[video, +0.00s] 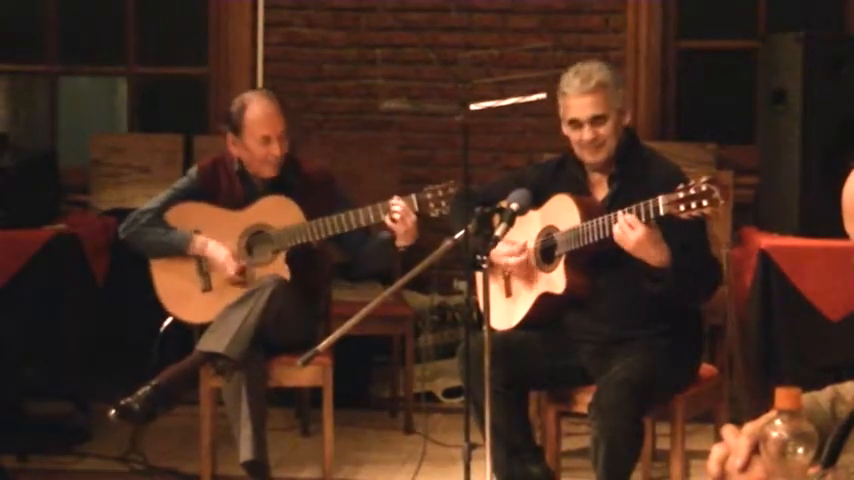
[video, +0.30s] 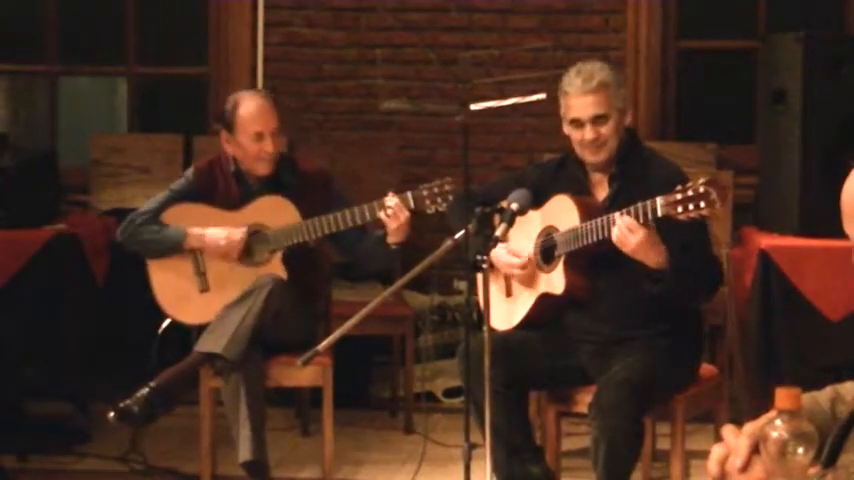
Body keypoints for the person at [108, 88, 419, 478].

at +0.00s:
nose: (277, 150)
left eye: (282, 138)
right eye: (265, 141)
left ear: (289, 133)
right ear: (235, 143)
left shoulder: (309, 182)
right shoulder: (212, 177)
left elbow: (357, 252)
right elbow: (134, 229)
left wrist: (397, 242)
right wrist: (203, 247)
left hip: (296, 317)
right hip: (227, 312)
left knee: (273, 287)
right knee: (246, 358)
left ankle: (168, 383)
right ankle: (254, 468)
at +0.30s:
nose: (271, 147)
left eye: (276, 135)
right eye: (258, 138)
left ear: (284, 132)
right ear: (228, 141)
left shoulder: (307, 182)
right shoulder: (207, 179)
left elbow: (352, 251)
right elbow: (132, 233)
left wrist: (391, 239)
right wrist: (203, 238)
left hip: (296, 316)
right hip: (227, 311)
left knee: (269, 288)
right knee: (243, 354)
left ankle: (167, 385)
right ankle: (254, 469)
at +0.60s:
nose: (271, 150)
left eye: (276, 138)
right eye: (258, 141)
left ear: (284, 134)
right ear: (228, 143)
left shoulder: (306, 182)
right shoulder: (207, 178)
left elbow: (354, 249)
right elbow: (131, 232)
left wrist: (388, 242)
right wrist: (204, 241)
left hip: (295, 314)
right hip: (229, 312)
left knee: (269, 290)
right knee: (241, 351)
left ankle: (167, 384)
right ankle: (254, 468)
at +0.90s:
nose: (272, 153)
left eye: (278, 140)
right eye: (260, 143)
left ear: (286, 137)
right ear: (230, 145)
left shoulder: (307, 183)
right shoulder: (208, 177)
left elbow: (355, 249)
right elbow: (132, 230)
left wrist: (388, 242)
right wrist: (200, 245)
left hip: (296, 314)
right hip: (228, 311)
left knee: (270, 289)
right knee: (242, 353)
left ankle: (166, 383)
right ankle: (254, 468)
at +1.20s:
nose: (276, 156)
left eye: (281, 144)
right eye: (264, 147)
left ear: (288, 138)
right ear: (233, 148)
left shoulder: (307, 182)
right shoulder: (209, 177)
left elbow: (356, 250)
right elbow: (131, 228)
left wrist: (387, 242)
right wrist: (199, 244)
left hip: (296, 314)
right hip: (230, 311)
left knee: (272, 290)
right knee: (244, 356)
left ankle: (167, 382)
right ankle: (255, 469)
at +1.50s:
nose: (276, 158)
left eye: (281, 146)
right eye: (264, 149)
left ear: (288, 140)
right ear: (233, 149)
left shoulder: (307, 183)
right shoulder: (209, 177)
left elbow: (355, 252)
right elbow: (131, 229)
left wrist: (386, 244)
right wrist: (202, 238)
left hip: (297, 313)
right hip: (229, 309)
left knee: (271, 289)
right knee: (244, 355)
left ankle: (167, 382)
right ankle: (255, 469)